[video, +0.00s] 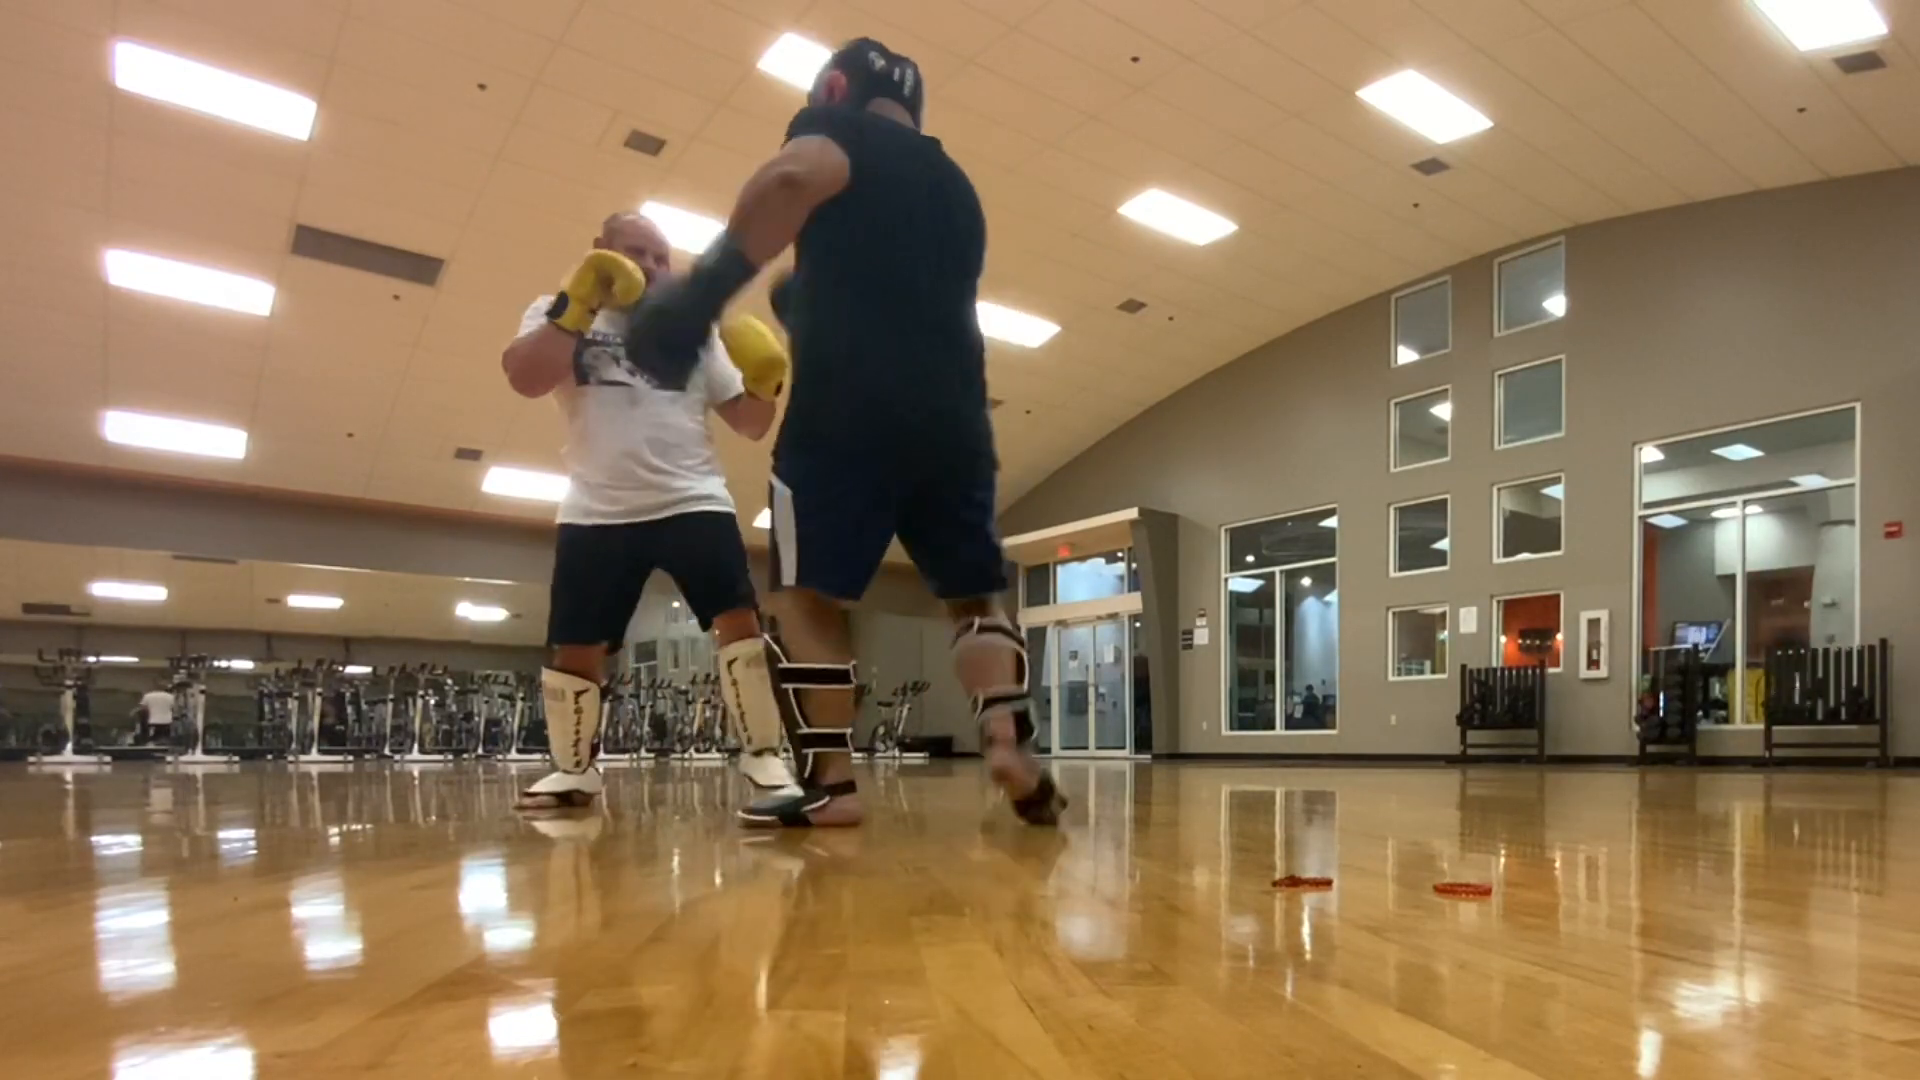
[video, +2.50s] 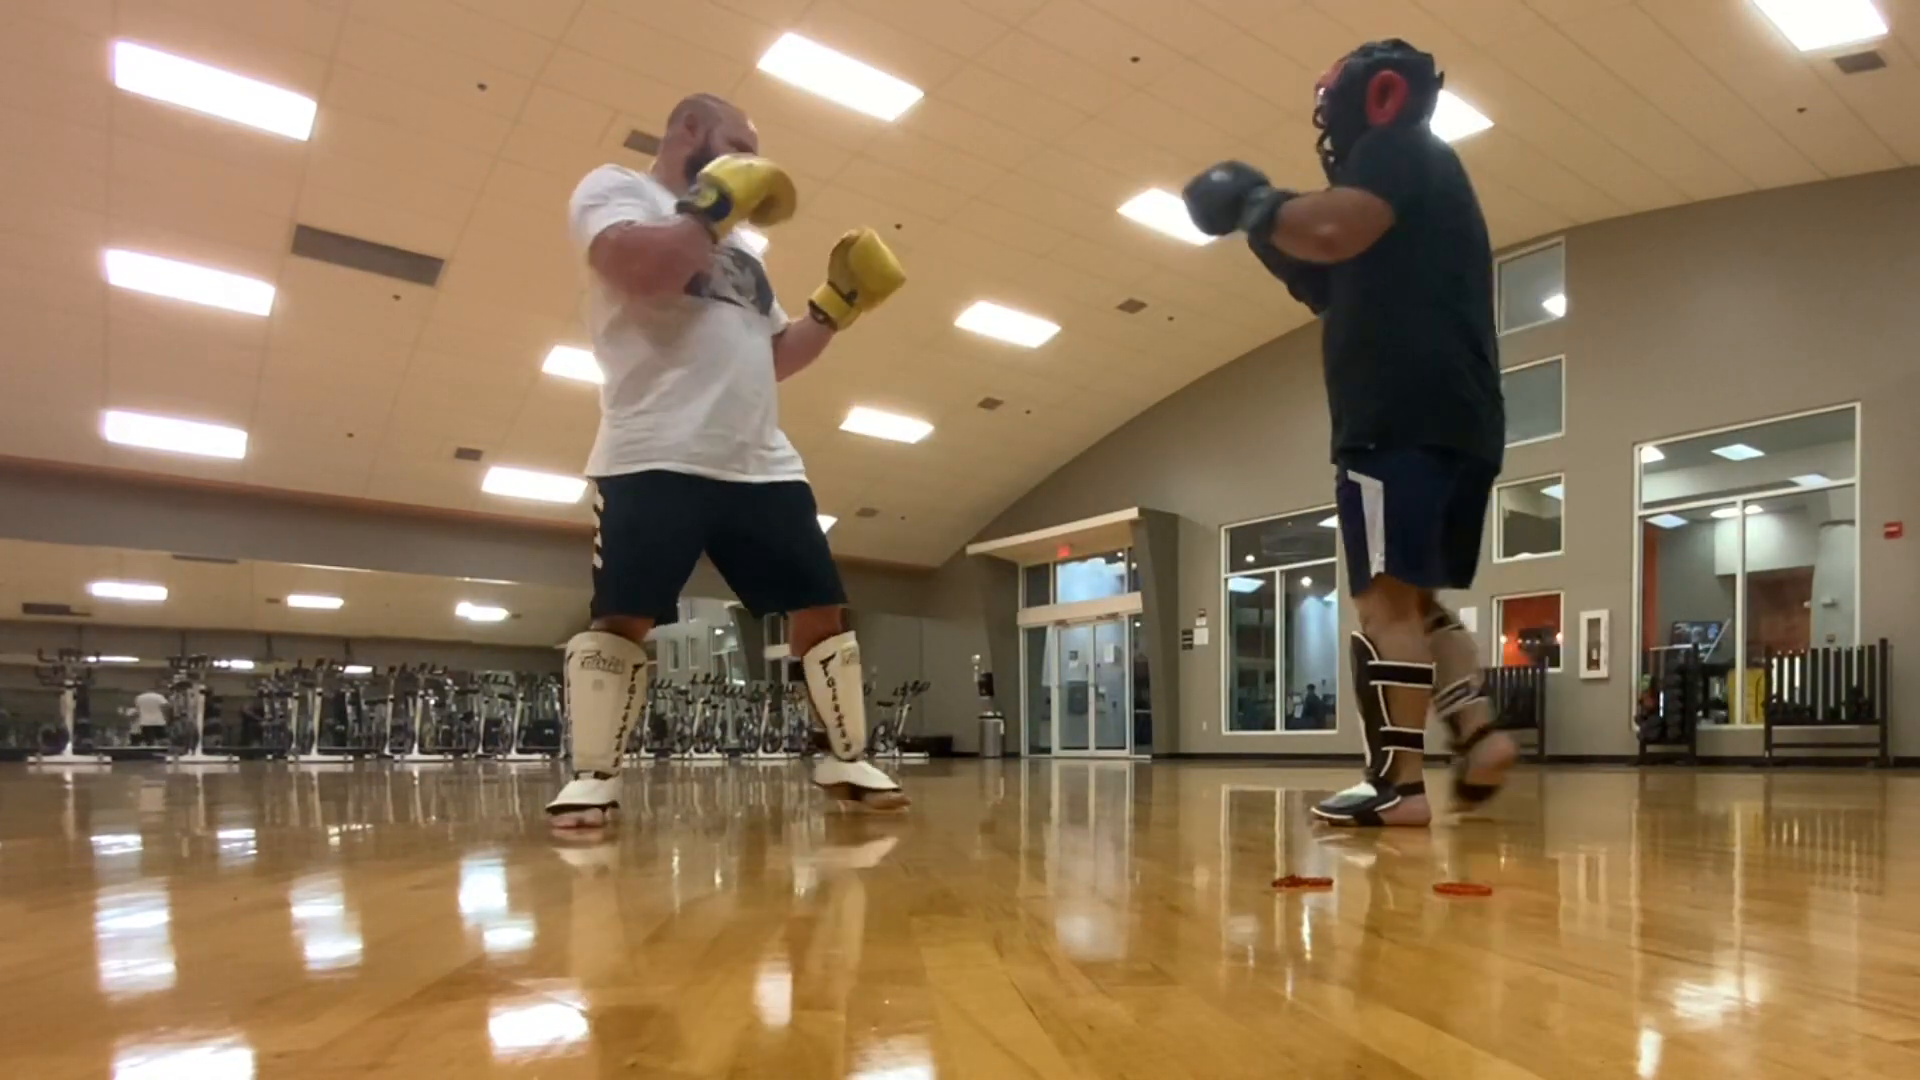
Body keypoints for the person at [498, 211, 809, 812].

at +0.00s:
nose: (645, 264)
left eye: (656, 256)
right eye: (631, 252)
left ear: (670, 265)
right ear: (599, 257)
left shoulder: (691, 321)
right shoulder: (560, 312)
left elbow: (751, 422)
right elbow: (527, 379)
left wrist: (767, 377)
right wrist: (578, 307)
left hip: (692, 500)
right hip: (597, 508)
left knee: (735, 617)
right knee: (574, 642)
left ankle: (766, 760)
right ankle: (574, 771)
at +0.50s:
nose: (642, 260)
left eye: (650, 250)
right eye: (623, 251)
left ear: (663, 259)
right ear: (594, 266)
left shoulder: (698, 319)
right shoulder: (567, 333)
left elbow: (788, 386)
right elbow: (492, 378)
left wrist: (780, 338)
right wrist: (532, 303)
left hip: (703, 473)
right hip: (623, 504)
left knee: (721, 526)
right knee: (585, 617)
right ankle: (580, 775)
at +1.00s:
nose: (700, 235)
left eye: (711, 222)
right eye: (684, 224)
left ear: (730, 226)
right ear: (660, 232)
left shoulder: (773, 290)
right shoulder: (639, 304)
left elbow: (861, 340)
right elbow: (571, 355)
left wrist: (838, 277)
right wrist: (608, 271)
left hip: (761, 496)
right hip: (665, 494)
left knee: (787, 628)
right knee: (617, 626)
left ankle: (826, 774)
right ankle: (615, 756)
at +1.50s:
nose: (705, 258)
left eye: (716, 247)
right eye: (693, 241)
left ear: (724, 250)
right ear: (660, 228)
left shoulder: (732, 314)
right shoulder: (591, 273)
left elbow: (780, 406)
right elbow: (571, 343)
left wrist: (820, 356)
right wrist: (635, 273)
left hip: (716, 504)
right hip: (615, 501)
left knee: (751, 632)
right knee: (609, 644)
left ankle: (807, 763)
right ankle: (612, 773)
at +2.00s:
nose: (783, 212)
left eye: (794, 203)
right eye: (771, 196)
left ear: (799, 211)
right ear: (728, 188)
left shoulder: (805, 283)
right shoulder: (662, 234)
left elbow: (855, 378)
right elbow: (620, 308)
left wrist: (890, 327)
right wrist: (700, 247)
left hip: (768, 475)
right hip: (667, 457)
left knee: (785, 626)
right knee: (618, 605)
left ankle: (810, 773)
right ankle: (577, 760)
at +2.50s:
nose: (752, 166)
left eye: (755, 159)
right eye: (741, 149)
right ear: (687, 130)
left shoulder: (744, 258)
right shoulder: (616, 188)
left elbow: (769, 359)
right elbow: (640, 270)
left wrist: (834, 307)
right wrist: (718, 203)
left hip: (758, 456)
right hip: (654, 450)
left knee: (818, 598)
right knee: (626, 609)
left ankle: (847, 756)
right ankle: (593, 777)